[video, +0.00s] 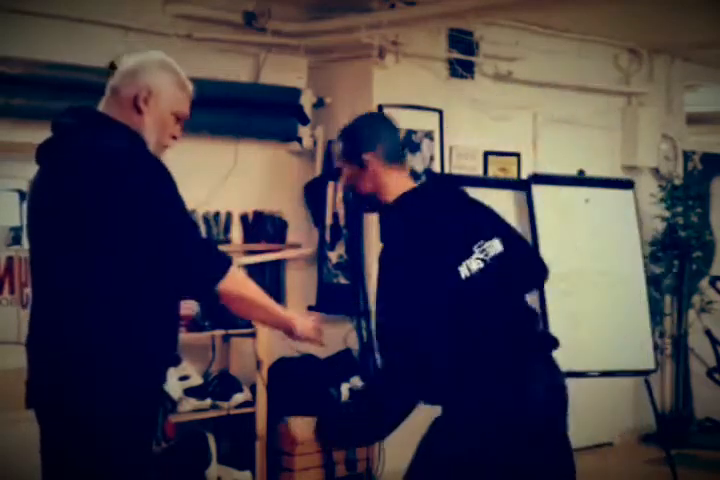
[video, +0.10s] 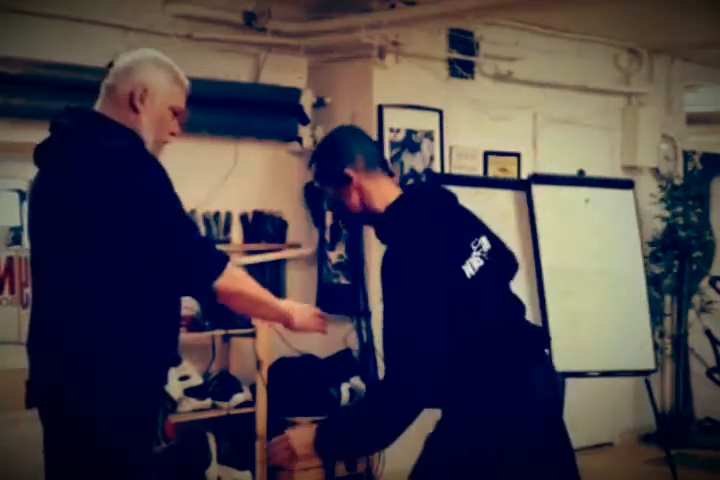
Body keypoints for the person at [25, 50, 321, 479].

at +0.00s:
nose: (178, 136)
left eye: (182, 125)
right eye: (176, 120)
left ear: (136, 99)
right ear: (141, 101)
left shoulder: (59, 161)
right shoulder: (134, 168)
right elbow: (208, 272)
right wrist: (290, 322)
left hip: (60, 382)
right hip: (117, 390)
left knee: (66, 472)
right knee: (118, 470)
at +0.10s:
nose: (177, 132)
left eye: (180, 120)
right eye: (174, 115)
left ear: (133, 99)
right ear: (138, 100)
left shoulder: (61, 159)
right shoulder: (127, 165)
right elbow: (205, 271)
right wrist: (285, 312)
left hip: (63, 378)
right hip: (116, 386)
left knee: (70, 471)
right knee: (119, 470)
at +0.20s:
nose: (175, 123)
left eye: (176, 109)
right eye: (169, 105)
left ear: (129, 98)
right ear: (131, 97)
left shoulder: (60, 159)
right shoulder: (122, 161)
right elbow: (204, 265)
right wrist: (286, 302)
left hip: (66, 378)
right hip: (116, 385)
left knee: (73, 471)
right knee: (120, 470)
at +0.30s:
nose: (170, 117)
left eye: (171, 103)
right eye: (164, 101)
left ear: (124, 95)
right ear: (126, 95)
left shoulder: (59, 158)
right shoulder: (119, 160)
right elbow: (201, 262)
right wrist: (288, 298)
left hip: (65, 377)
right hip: (115, 384)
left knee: (73, 471)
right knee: (120, 470)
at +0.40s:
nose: (166, 112)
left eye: (165, 99)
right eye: (159, 96)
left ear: (120, 92)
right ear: (119, 92)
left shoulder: (60, 157)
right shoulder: (113, 159)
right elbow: (203, 260)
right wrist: (291, 293)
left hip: (66, 379)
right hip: (113, 386)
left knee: (75, 471)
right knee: (120, 470)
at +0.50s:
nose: (161, 109)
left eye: (159, 96)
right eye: (154, 93)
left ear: (110, 92)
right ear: (112, 91)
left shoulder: (63, 157)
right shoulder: (104, 160)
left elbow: (178, 245)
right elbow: (194, 250)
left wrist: (277, 262)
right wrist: (290, 265)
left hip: (71, 382)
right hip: (109, 390)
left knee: (78, 472)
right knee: (118, 471)